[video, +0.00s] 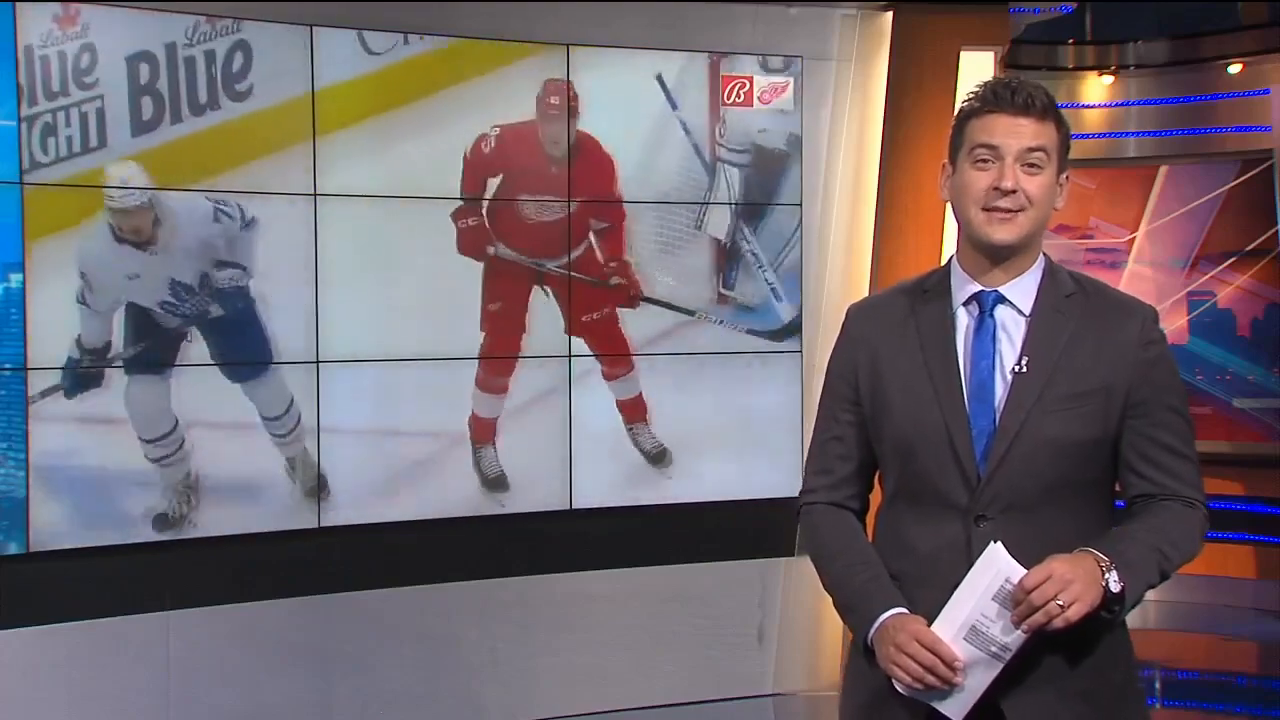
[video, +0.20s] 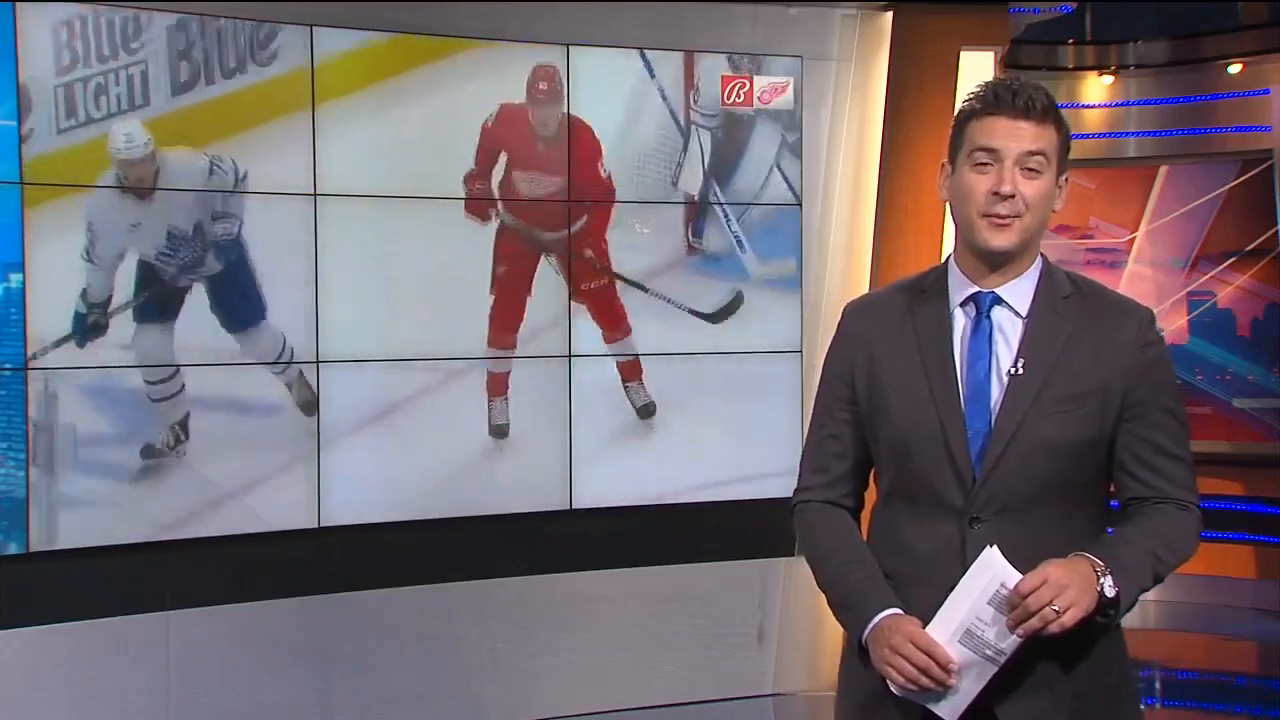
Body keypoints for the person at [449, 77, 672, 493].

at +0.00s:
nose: (554, 130)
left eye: (563, 121)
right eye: (548, 120)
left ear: (575, 121)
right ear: (537, 119)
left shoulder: (595, 160)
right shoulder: (504, 143)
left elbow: (609, 222)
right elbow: (475, 166)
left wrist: (619, 267)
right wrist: (470, 218)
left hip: (573, 254)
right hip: (510, 253)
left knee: (611, 340)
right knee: (501, 347)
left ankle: (639, 427)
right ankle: (484, 443)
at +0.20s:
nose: (544, 112)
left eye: (551, 103)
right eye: (537, 103)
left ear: (563, 103)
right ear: (527, 103)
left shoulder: (581, 137)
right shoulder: (506, 121)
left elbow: (604, 196)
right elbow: (482, 162)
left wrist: (582, 240)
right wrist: (478, 193)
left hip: (573, 227)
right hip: (518, 225)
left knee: (607, 305)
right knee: (506, 310)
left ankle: (634, 381)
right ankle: (498, 396)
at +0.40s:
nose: (533, 98)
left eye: (539, 90)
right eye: (527, 90)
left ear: (549, 90)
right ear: (518, 90)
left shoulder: (567, 122)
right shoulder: (509, 106)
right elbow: (475, 114)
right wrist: (460, 124)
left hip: (576, 196)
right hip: (531, 197)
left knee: (618, 255)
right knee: (504, 262)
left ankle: (637, 316)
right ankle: (509, 331)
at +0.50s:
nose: (506, 100)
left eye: (512, 94)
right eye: (500, 94)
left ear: (522, 91)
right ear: (492, 92)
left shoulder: (536, 118)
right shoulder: (488, 106)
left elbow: (537, 180)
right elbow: (459, 111)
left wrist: (498, 201)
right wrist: (439, 120)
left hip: (560, 191)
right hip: (519, 191)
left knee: (596, 242)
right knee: (486, 250)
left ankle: (631, 294)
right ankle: (503, 316)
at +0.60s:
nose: (465, 107)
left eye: (470, 100)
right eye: (459, 101)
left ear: (480, 98)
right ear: (451, 101)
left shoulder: (497, 122)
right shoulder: (447, 120)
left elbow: (523, 169)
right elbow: (420, 141)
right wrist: (391, 163)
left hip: (529, 182)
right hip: (487, 182)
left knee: (545, 255)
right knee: (456, 239)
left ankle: (586, 265)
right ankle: (477, 300)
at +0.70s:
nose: (445, 123)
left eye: (450, 116)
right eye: (440, 117)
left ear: (460, 113)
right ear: (433, 114)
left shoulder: (480, 132)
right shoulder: (428, 128)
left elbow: (505, 184)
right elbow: (406, 155)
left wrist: (497, 239)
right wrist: (391, 190)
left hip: (505, 182)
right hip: (464, 179)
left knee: (500, 257)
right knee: (433, 234)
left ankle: (516, 262)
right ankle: (442, 283)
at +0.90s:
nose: (461, 167)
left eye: (466, 162)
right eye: (456, 162)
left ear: (474, 158)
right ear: (448, 157)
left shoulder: (482, 176)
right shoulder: (425, 163)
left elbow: (492, 228)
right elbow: (408, 201)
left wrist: (474, 253)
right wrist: (424, 237)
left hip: (468, 215)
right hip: (430, 212)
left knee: (464, 259)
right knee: (392, 250)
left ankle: (453, 316)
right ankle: (358, 291)